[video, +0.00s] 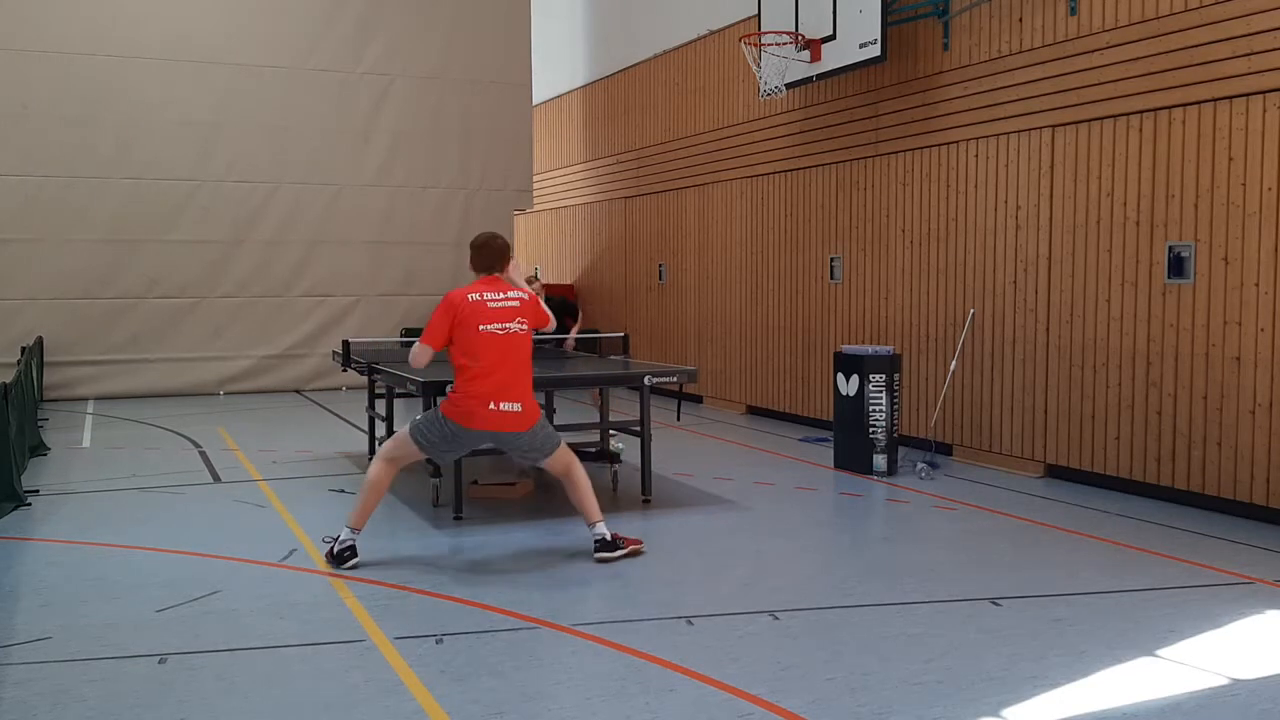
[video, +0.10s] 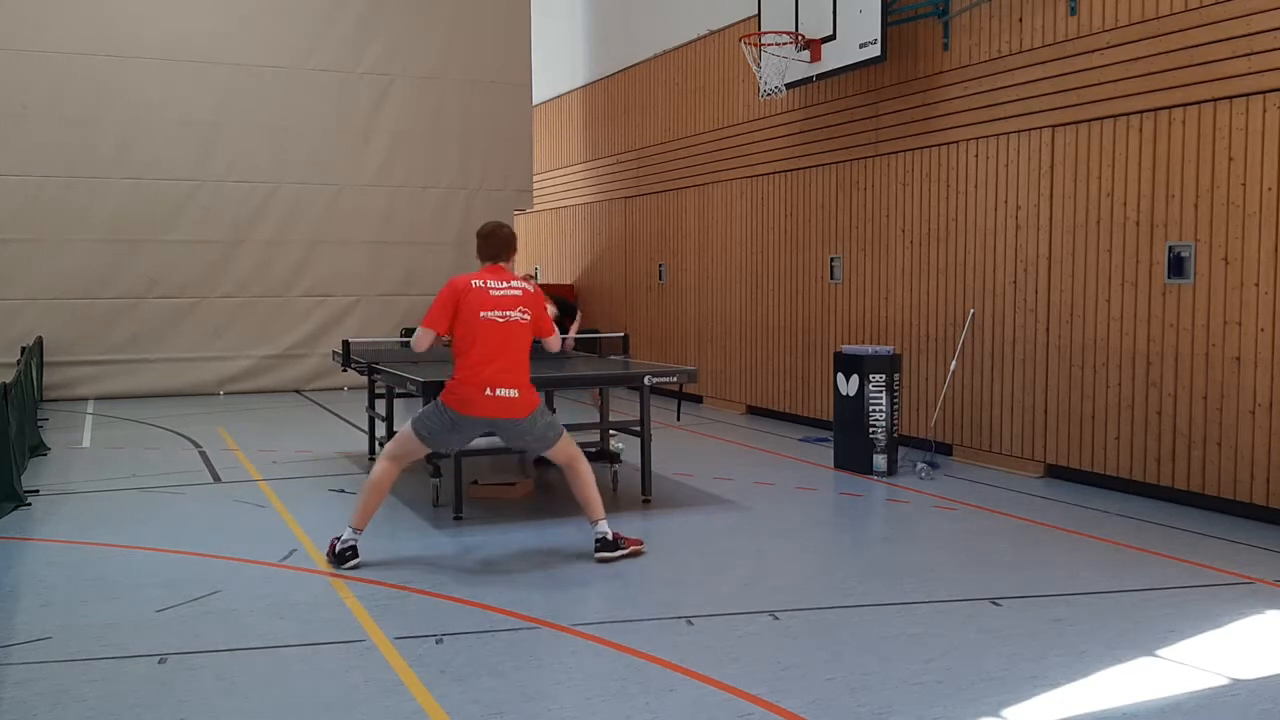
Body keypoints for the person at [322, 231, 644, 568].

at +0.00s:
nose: (511, 267)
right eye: (510, 262)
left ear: (472, 264)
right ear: (507, 264)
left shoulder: (455, 301)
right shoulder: (524, 297)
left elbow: (418, 361)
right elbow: (548, 322)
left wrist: (421, 346)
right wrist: (521, 285)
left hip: (464, 416)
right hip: (521, 416)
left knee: (388, 458)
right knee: (569, 469)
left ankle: (346, 541)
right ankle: (603, 536)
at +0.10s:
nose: (517, 256)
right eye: (517, 251)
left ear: (478, 254)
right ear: (513, 254)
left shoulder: (459, 286)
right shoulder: (530, 291)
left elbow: (420, 345)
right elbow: (555, 346)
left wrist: (442, 330)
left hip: (463, 404)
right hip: (520, 406)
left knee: (393, 458)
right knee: (572, 460)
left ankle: (348, 541)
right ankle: (604, 534)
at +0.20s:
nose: (538, 254)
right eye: (538, 248)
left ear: (499, 247)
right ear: (535, 250)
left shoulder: (472, 279)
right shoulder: (545, 290)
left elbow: (438, 337)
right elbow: (559, 359)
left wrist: (474, 330)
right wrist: (579, 366)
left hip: (464, 394)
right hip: (520, 397)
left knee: (405, 458)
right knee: (580, 454)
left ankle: (359, 540)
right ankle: (610, 535)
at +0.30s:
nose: (559, 276)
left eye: (557, 271)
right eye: (560, 271)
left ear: (523, 265)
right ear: (556, 271)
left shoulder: (494, 291)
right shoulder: (555, 305)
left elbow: (466, 333)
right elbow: (548, 368)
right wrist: (582, 402)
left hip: (467, 402)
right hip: (521, 406)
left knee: (422, 470)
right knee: (587, 454)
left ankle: (365, 541)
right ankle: (617, 539)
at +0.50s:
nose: (567, 291)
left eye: (569, 283)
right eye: (569, 282)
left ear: (533, 269)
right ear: (561, 277)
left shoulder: (497, 296)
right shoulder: (535, 304)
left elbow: (482, 353)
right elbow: (523, 369)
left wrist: (530, 363)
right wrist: (573, 400)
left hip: (456, 411)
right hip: (505, 412)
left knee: (416, 479)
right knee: (584, 449)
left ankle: (357, 541)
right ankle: (618, 538)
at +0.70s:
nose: (538, 294)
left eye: (539, 289)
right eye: (539, 289)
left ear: (500, 279)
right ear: (531, 287)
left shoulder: (465, 303)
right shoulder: (531, 316)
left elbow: (417, 338)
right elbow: (580, 342)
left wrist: (450, 326)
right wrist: (564, 298)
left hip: (426, 419)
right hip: (481, 423)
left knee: (387, 457)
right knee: (563, 445)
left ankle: (364, 533)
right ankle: (534, 538)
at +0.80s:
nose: (515, 307)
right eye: (515, 303)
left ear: (476, 301)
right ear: (510, 305)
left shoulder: (445, 326)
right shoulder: (515, 337)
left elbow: (383, 355)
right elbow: (557, 360)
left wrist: (404, 348)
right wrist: (539, 319)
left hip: (422, 442)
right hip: (480, 447)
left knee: (376, 457)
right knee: (562, 453)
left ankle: (360, 538)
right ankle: (533, 542)